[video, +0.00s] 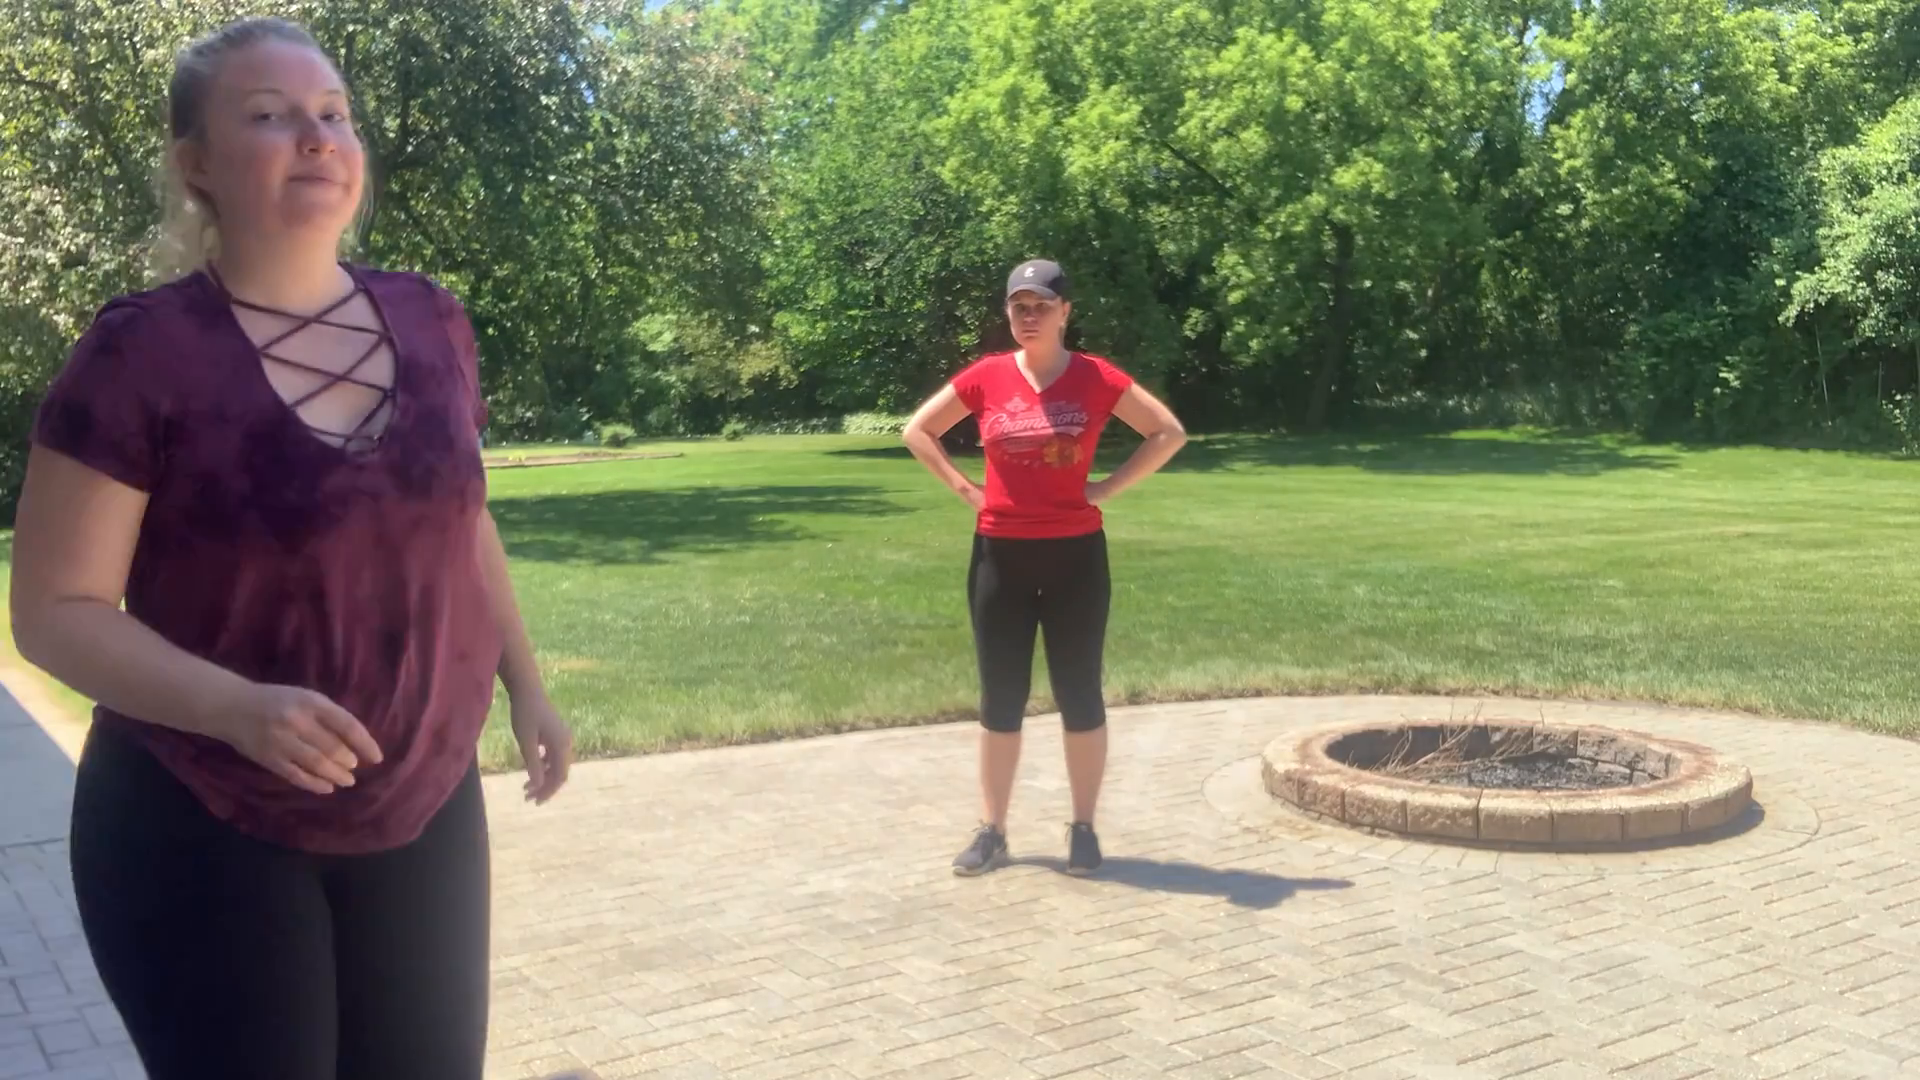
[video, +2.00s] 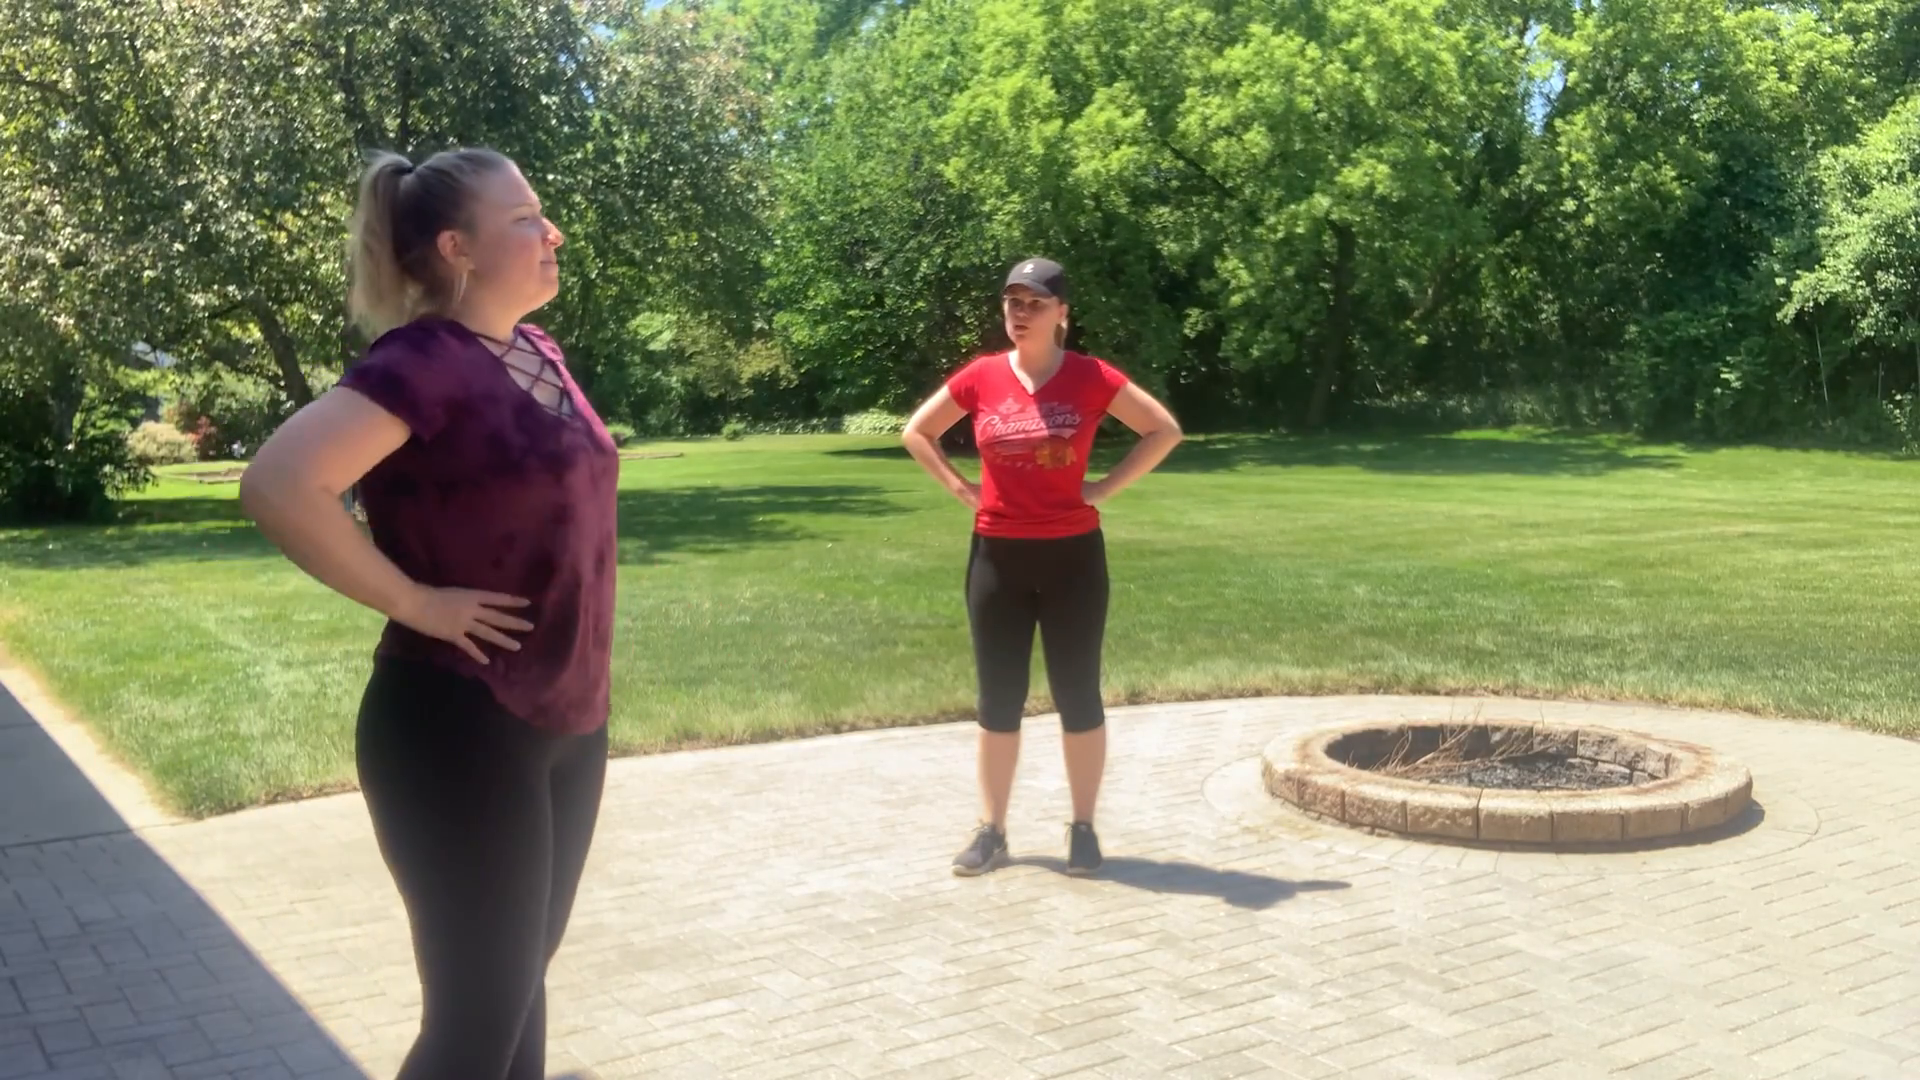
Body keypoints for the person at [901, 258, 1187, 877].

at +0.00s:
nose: (1026, 315)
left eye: (1038, 305)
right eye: (1017, 306)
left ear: (1063, 310)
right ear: (1007, 313)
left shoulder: (1094, 375)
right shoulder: (988, 375)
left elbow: (1171, 433)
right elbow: (916, 432)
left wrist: (1107, 488)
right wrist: (967, 488)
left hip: (1074, 552)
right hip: (1000, 552)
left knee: (1079, 695)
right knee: (1000, 698)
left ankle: (1083, 827)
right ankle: (992, 830)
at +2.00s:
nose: (1017, 313)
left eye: (1031, 304)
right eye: (1011, 303)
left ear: (1061, 312)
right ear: (1003, 311)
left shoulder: (1091, 376)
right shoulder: (982, 375)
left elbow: (1166, 431)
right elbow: (915, 434)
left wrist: (1104, 488)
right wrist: (960, 488)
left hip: (1072, 554)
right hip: (997, 553)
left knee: (1077, 696)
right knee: (998, 698)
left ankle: (1083, 827)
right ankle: (991, 829)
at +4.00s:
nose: (1033, 314)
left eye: (1049, 312)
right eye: (1029, 304)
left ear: (1071, 334)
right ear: (1014, 314)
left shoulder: (1090, 387)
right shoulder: (982, 379)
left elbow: (1165, 435)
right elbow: (916, 435)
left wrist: (1109, 493)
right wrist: (973, 497)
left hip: (1078, 554)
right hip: (1002, 554)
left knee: (1076, 694)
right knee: (998, 698)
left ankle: (1083, 826)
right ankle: (991, 829)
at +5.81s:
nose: (1030, 310)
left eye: (1044, 300)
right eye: (1024, 300)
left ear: (1077, 309)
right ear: (1017, 308)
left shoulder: (1110, 380)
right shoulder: (999, 365)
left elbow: (1129, 474)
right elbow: (921, 392)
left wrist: (1135, 553)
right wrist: (972, 402)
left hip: (1086, 554)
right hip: (1010, 551)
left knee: (1085, 697)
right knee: (1002, 696)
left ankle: (1085, 824)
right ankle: (992, 828)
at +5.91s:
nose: (1021, 304)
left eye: (1035, 295)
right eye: (1016, 295)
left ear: (1069, 305)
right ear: (1010, 306)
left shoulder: (1102, 377)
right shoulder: (1000, 362)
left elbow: (1125, 470)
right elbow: (960, 353)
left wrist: (1138, 548)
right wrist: (925, 325)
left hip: (1083, 555)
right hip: (1007, 554)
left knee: (1083, 694)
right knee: (998, 695)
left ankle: (1084, 825)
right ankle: (989, 829)